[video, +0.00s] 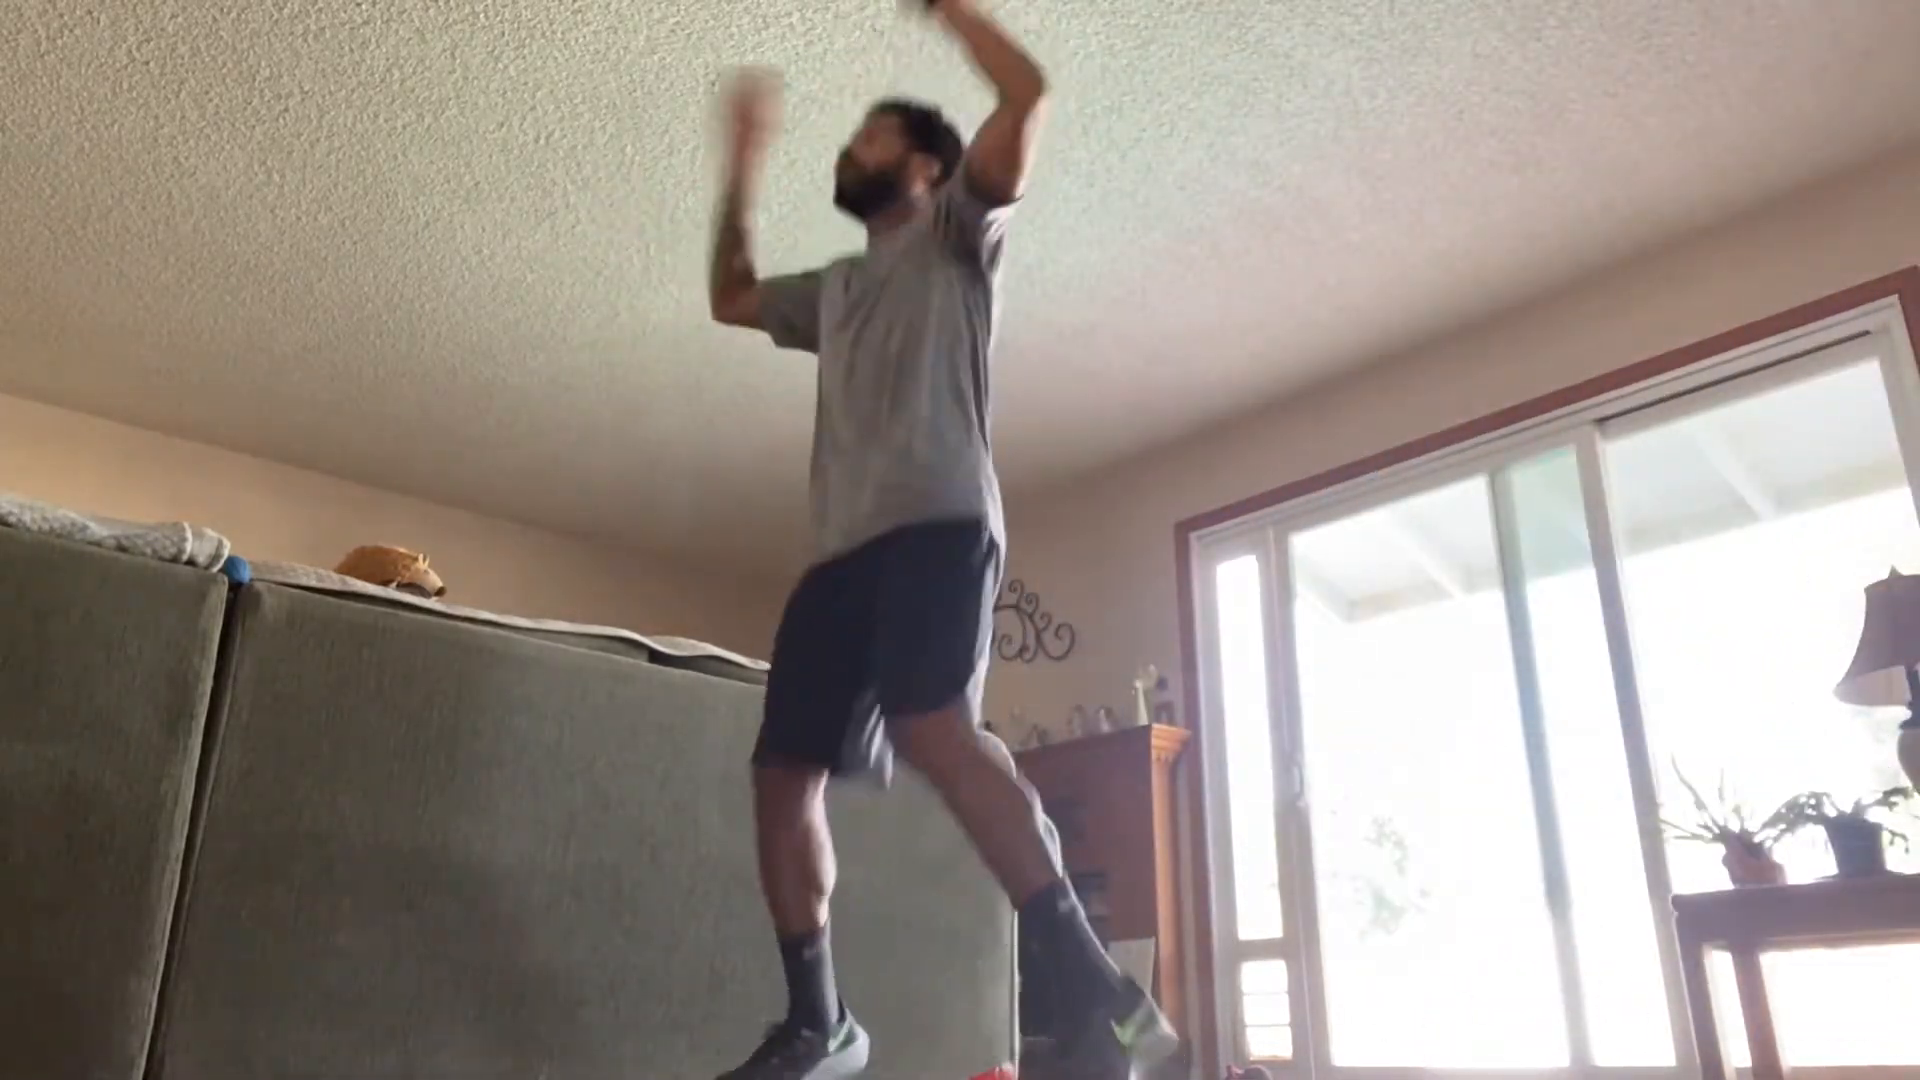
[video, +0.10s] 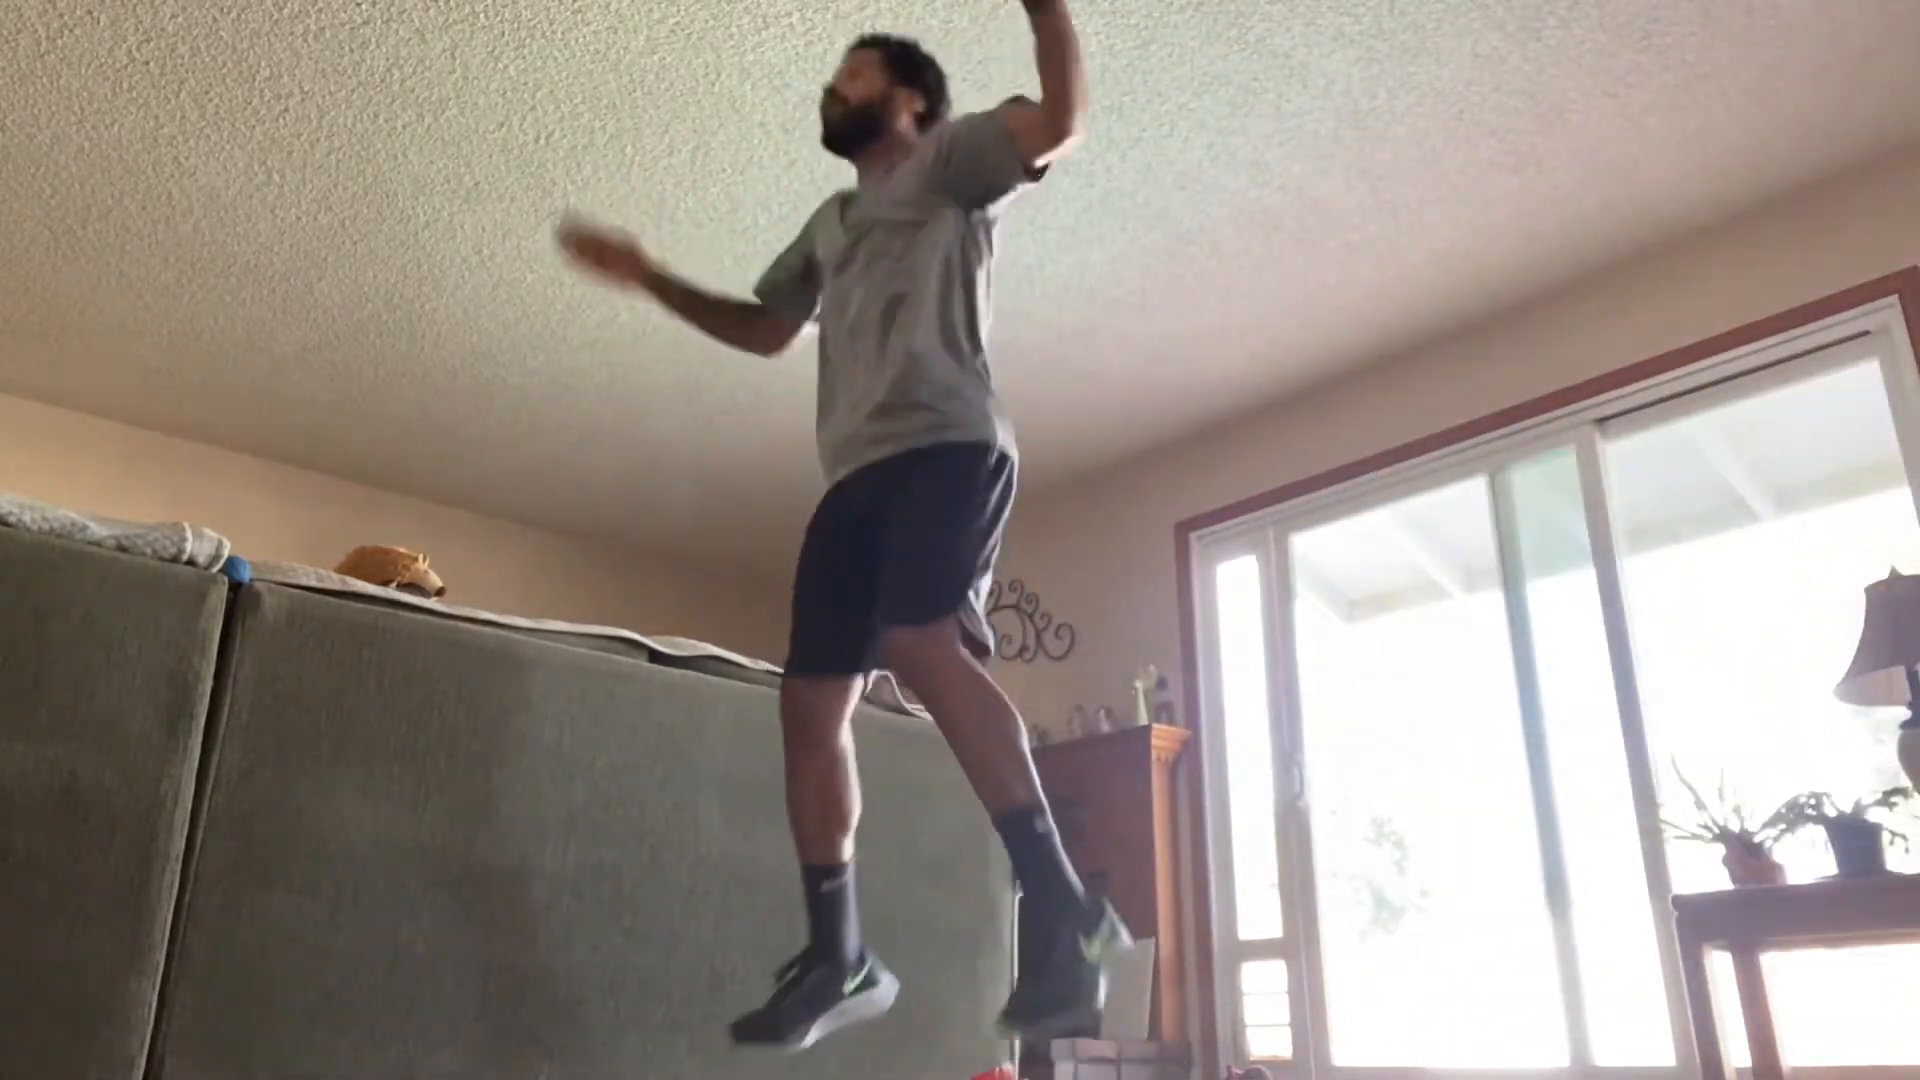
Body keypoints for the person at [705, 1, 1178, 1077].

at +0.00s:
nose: (850, 138)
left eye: (872, 128)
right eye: (852, 130)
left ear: (922, 155)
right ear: (877, 170)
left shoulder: (954, 228)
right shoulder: (841, 284)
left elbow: (1025, 93)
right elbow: (731, 298)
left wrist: (951, 9)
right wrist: (745, 158)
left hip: (939, 519)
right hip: (842, 547)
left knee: (931, 723)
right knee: (785, 771)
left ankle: (1081, 973)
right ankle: (817, 1023)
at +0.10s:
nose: (829, 87)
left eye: (852, 73)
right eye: (832, 78)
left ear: (909, 96)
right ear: (862, 108)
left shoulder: (944, 160)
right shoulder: (830, 226)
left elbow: (1056, 117)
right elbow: (764, 328)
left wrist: (1042, 1)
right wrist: (649, 277)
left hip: (949, 445)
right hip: (854, 476)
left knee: (922, 641)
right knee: (812, 702)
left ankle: (1062, 912)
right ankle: (838, 956)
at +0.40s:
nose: (758, 228)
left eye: (778, 209)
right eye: (758, 214)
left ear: (841, 225)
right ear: (800, 237)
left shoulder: (917, 304)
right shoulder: (804, 373)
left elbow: (955, 452)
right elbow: (849, 499)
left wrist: (810, 448)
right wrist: (825, 605)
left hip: (990, 584)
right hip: (889, 599)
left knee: (911, 783)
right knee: (823, 796)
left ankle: (1080, 917)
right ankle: (886, 1041)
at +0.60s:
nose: (788, 278)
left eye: (802, 255)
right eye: (782, 266)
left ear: (872, 263)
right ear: (792, 298)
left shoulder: (987, 329)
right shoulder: (842, 413)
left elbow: (1158, 394)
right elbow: (838, 569)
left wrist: (1298, 466)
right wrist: (819, 390)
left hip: (1079, 575)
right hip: (957, 619)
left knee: (1021, 714)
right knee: (850, 816)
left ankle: (1196, 950)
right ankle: (888, 1041)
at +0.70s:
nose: (894, 170)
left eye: (907, 143)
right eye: (884, 154)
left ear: (966, 153)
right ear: (908, 175)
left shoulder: (1084, 219)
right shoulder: (920, 305)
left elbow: (1251, 254)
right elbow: (876, 383)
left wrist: (1399, 285)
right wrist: (889, 202)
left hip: (1165, 493)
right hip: (1046, 551)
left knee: (1192, 598)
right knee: (944, 790)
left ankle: (1373, 864)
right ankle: (887, 1021)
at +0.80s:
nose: (1016, 61)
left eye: (1036, 34)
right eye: (1003, 47)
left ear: (1099, 39)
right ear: (1014, 80)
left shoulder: (1213, 109)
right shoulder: (1025, 200)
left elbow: (1358, 177)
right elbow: (959, 276)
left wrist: (1472, 233)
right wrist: (972, 93)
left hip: (1277, 423)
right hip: (1156, 478)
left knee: (1367, 532)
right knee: (1057, 746)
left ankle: (1600, 812)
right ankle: (1006, 987)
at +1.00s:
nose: (1371, 13)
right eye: (1347, 5)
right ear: (1313, 9)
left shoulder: (1545, 85)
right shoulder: (1262, 145)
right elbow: (1246, 345)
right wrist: (1318, 178)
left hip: (1540, 418)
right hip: (1388, 481)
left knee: (1628, 626)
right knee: (1371, 829)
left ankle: (1887, 973)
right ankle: (1477, 917)